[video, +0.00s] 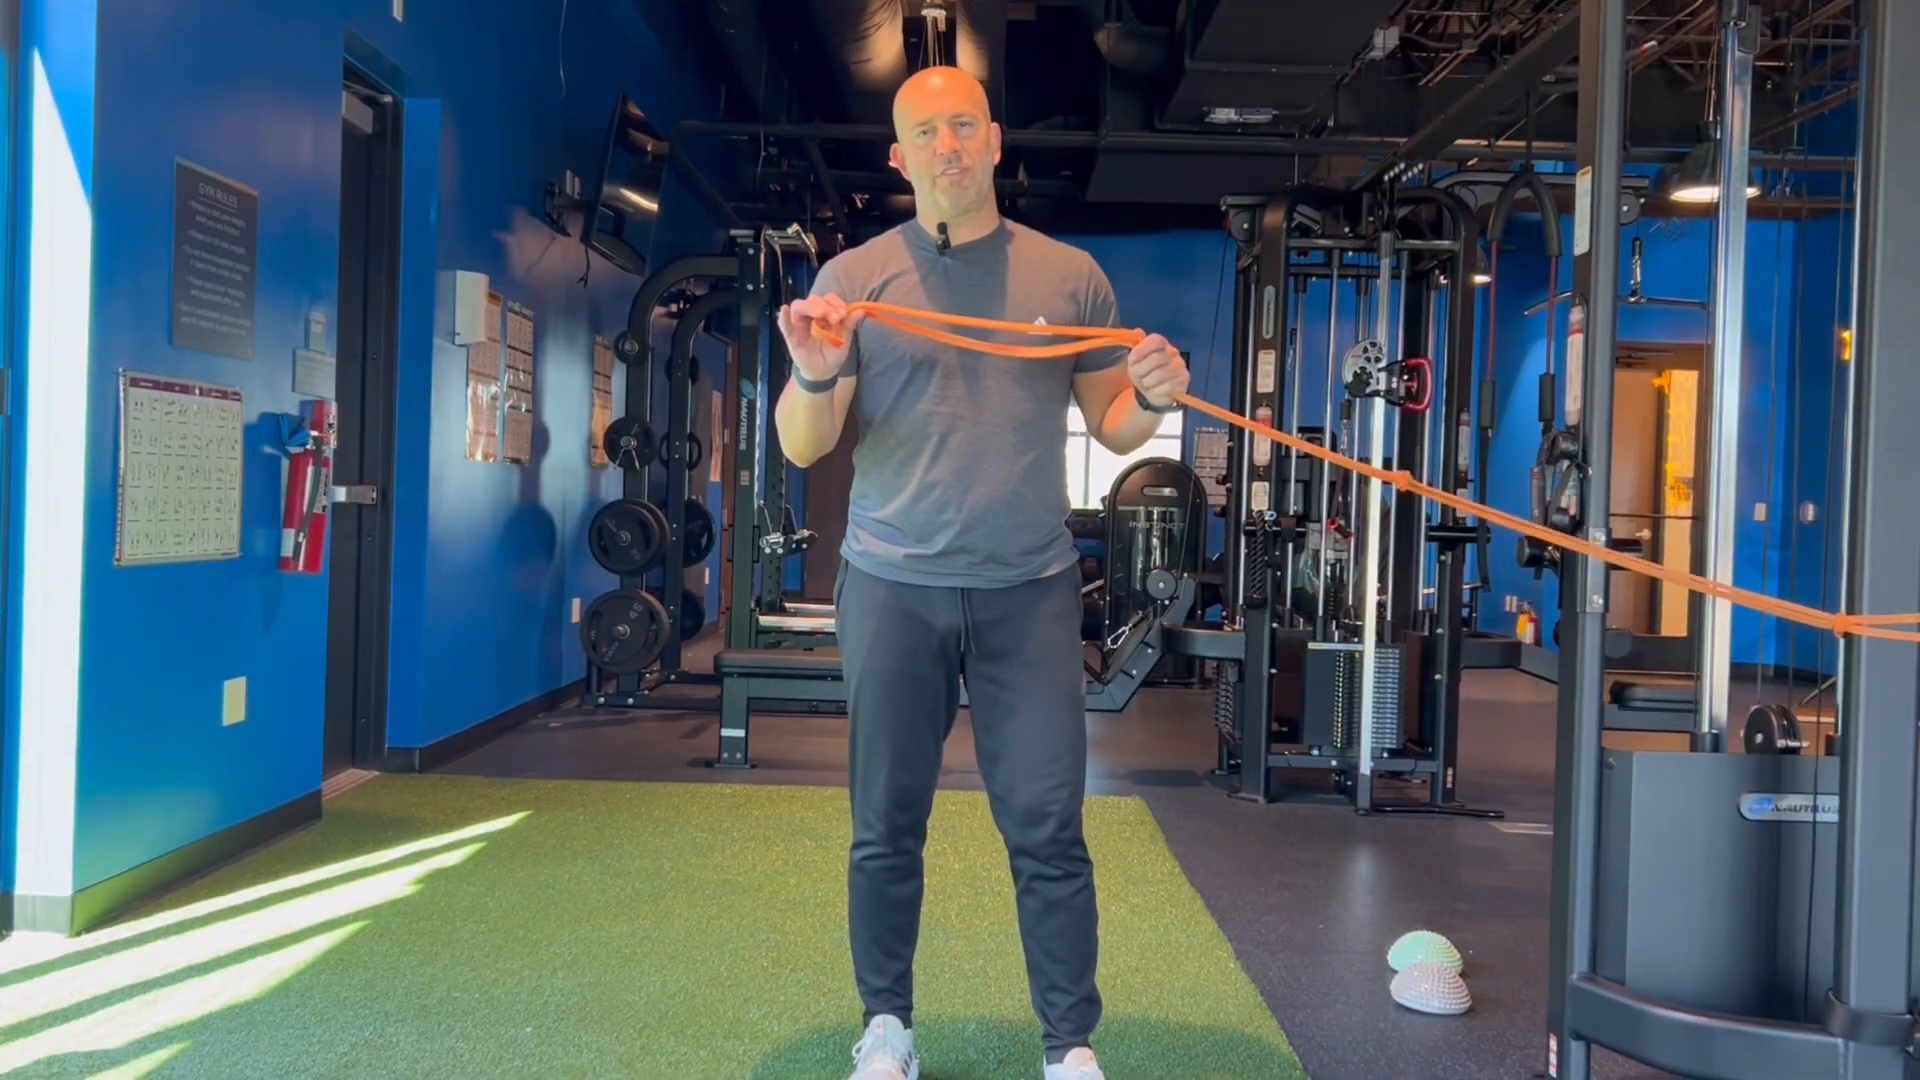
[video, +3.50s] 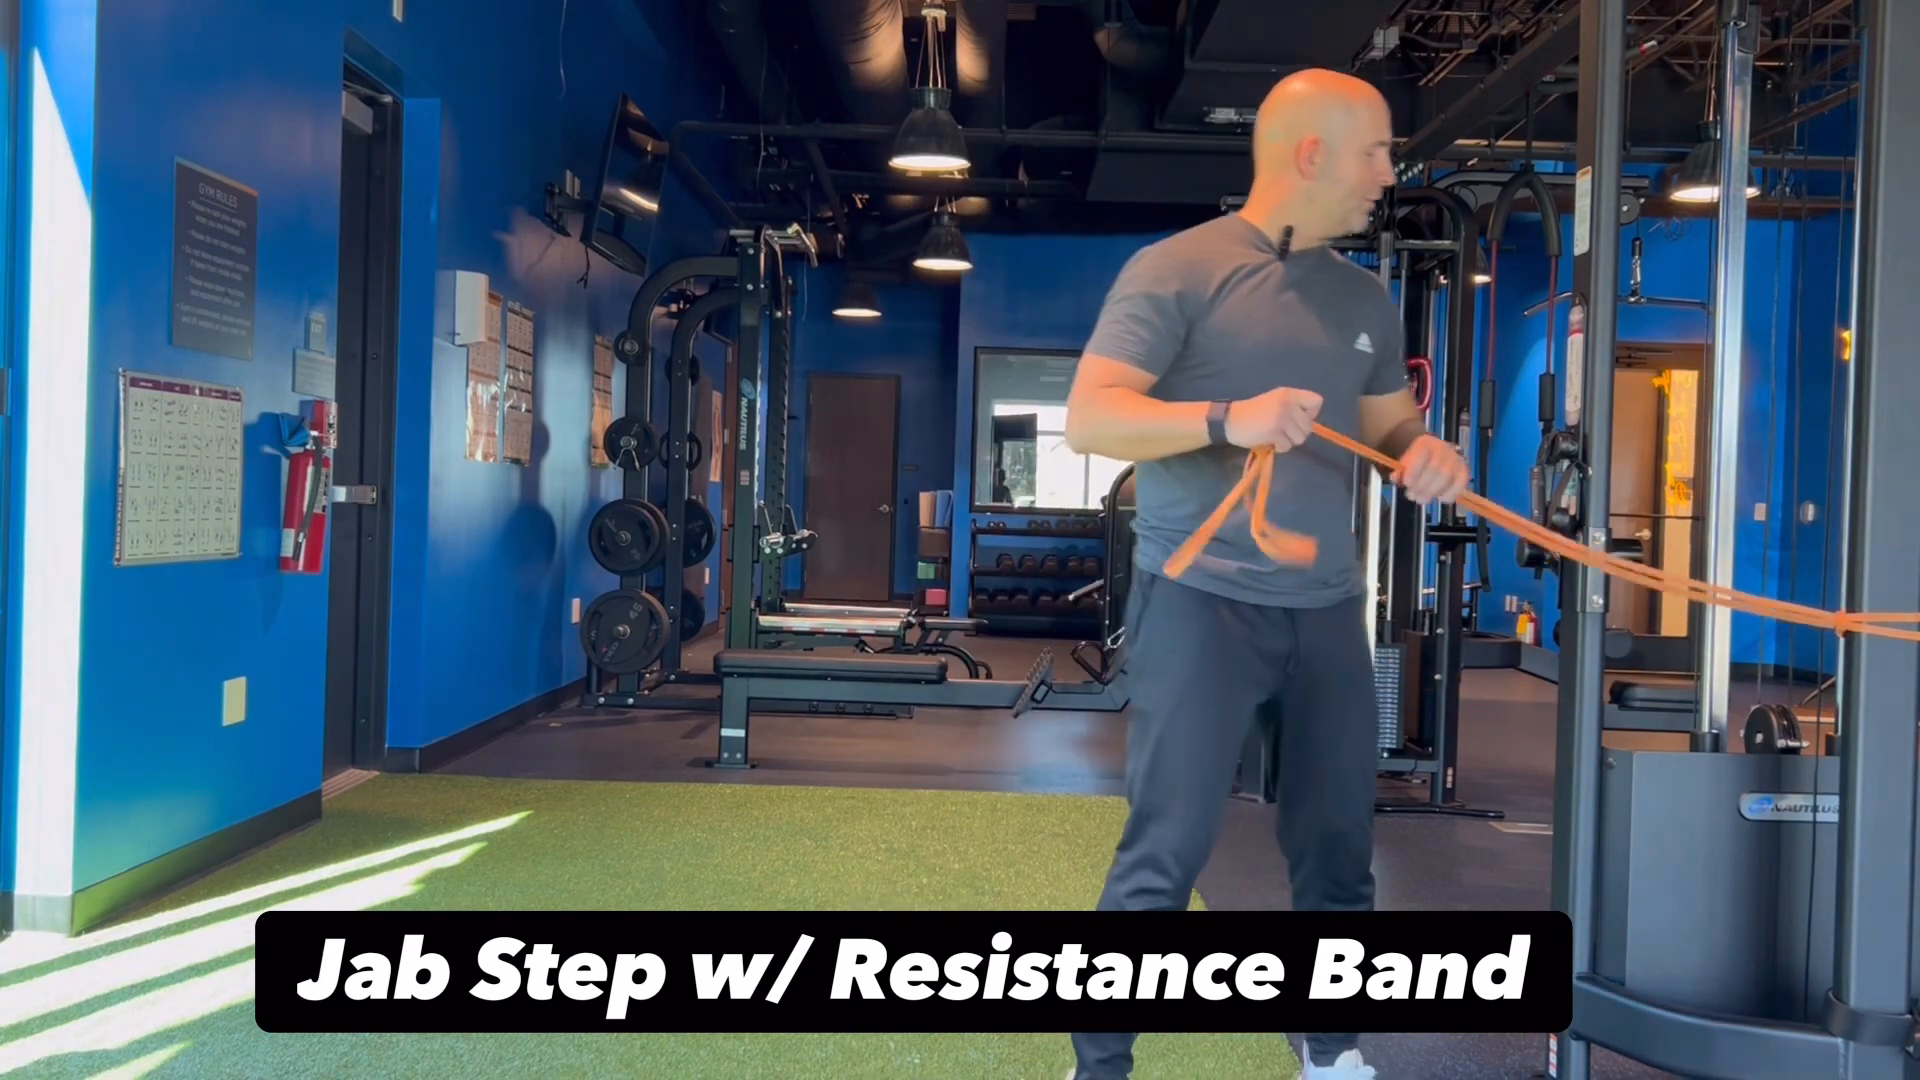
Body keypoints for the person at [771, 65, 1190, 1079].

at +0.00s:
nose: (949, 142)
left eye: (964, 123)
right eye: (928, 129)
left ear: (997, 142)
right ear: (899, 157)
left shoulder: (1069, 276)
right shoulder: (854, 278)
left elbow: (1115, 428)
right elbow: (803, 448)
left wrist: (1153, 394)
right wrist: (815, 378)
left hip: (1031, 586)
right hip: (892, 585)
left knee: (1047, 823)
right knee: (887, 823)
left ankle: (1070, 1043)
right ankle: (886, 1023)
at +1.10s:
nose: (1086, 176)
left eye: (1092, 156)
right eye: (1070, 155)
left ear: (1070, 161)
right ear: (1002, 153)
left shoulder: (1110, 281)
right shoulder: (901, 273)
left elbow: (1203, 401)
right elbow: (821, 415)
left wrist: (1226, 356)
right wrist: (880, 451)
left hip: (1077, 592)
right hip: (945, 591)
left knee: (1084, 835)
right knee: (911, 835)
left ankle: (1071, 1049)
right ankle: (884, 1037)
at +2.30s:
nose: (1072, 119)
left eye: (1074, 104)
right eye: (1047, 101)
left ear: (1073, 130)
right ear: (981, 124)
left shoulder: (1087, 273)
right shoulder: (908, 262)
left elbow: (1134, 412)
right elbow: (878, 427)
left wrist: (1199, 475)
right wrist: (1041, 459)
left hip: (1072, 590)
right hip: (948, 591)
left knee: (1096, 834)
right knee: (907, 838)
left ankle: (1089, 1052)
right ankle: (872, 1054)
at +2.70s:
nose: (1176, 128)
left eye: (1186, 113)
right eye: (1150, 109)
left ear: (1195, 141)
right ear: (1092, 132)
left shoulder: (1196, 287)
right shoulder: (1043, 255)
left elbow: (1211, 425)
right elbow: (1036, 422)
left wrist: (1253, 444)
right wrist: (1199, 474)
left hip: (1155, 587)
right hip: (1047, 572)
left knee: (1135, 828)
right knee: (1058, 809)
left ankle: (1090, 1050)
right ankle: (912, 1009)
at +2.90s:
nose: (1230, 125)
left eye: (1235, 110)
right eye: (1205, 107)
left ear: (1234, 136)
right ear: (1142, 129)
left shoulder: (1227, 281)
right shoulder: (1090, 245)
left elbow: (1240, 422)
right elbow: (1058, 415)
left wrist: (1296, 439)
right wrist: (1220, 462)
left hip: (1181, 582)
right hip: (1088, 570)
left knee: (1155, 823)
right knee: (1128, 822)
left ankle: (1091, 1039)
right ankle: (1074, 1053)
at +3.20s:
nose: (1300, 153)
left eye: (1298, 132)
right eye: (1288, 130)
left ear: (1230, 140)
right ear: (1221, 135)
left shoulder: (1262, 284)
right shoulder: (1119, 251)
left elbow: (1272, 440)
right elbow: (1074, 420)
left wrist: (1286, 553)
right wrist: (1253, 448)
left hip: (1245, 589)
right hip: (1134, 588)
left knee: (1304, 815)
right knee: (1128, 851)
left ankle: (1178, 1011)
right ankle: (1089, 1057)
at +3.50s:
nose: (1389, 175)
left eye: (1389, 154)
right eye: (1374, 152)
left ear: (1316, 159)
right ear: (1304, 155)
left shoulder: (1366, 299)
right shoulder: (1177, 270)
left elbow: (1387, 429)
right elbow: (1090, 417)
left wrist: (1421, 451)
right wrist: (1224, 418)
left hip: (1327, 609)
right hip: (1199, 601)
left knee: (1339, 850)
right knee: (1167, 851)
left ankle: (1329, 1051)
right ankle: (1100, 1059)